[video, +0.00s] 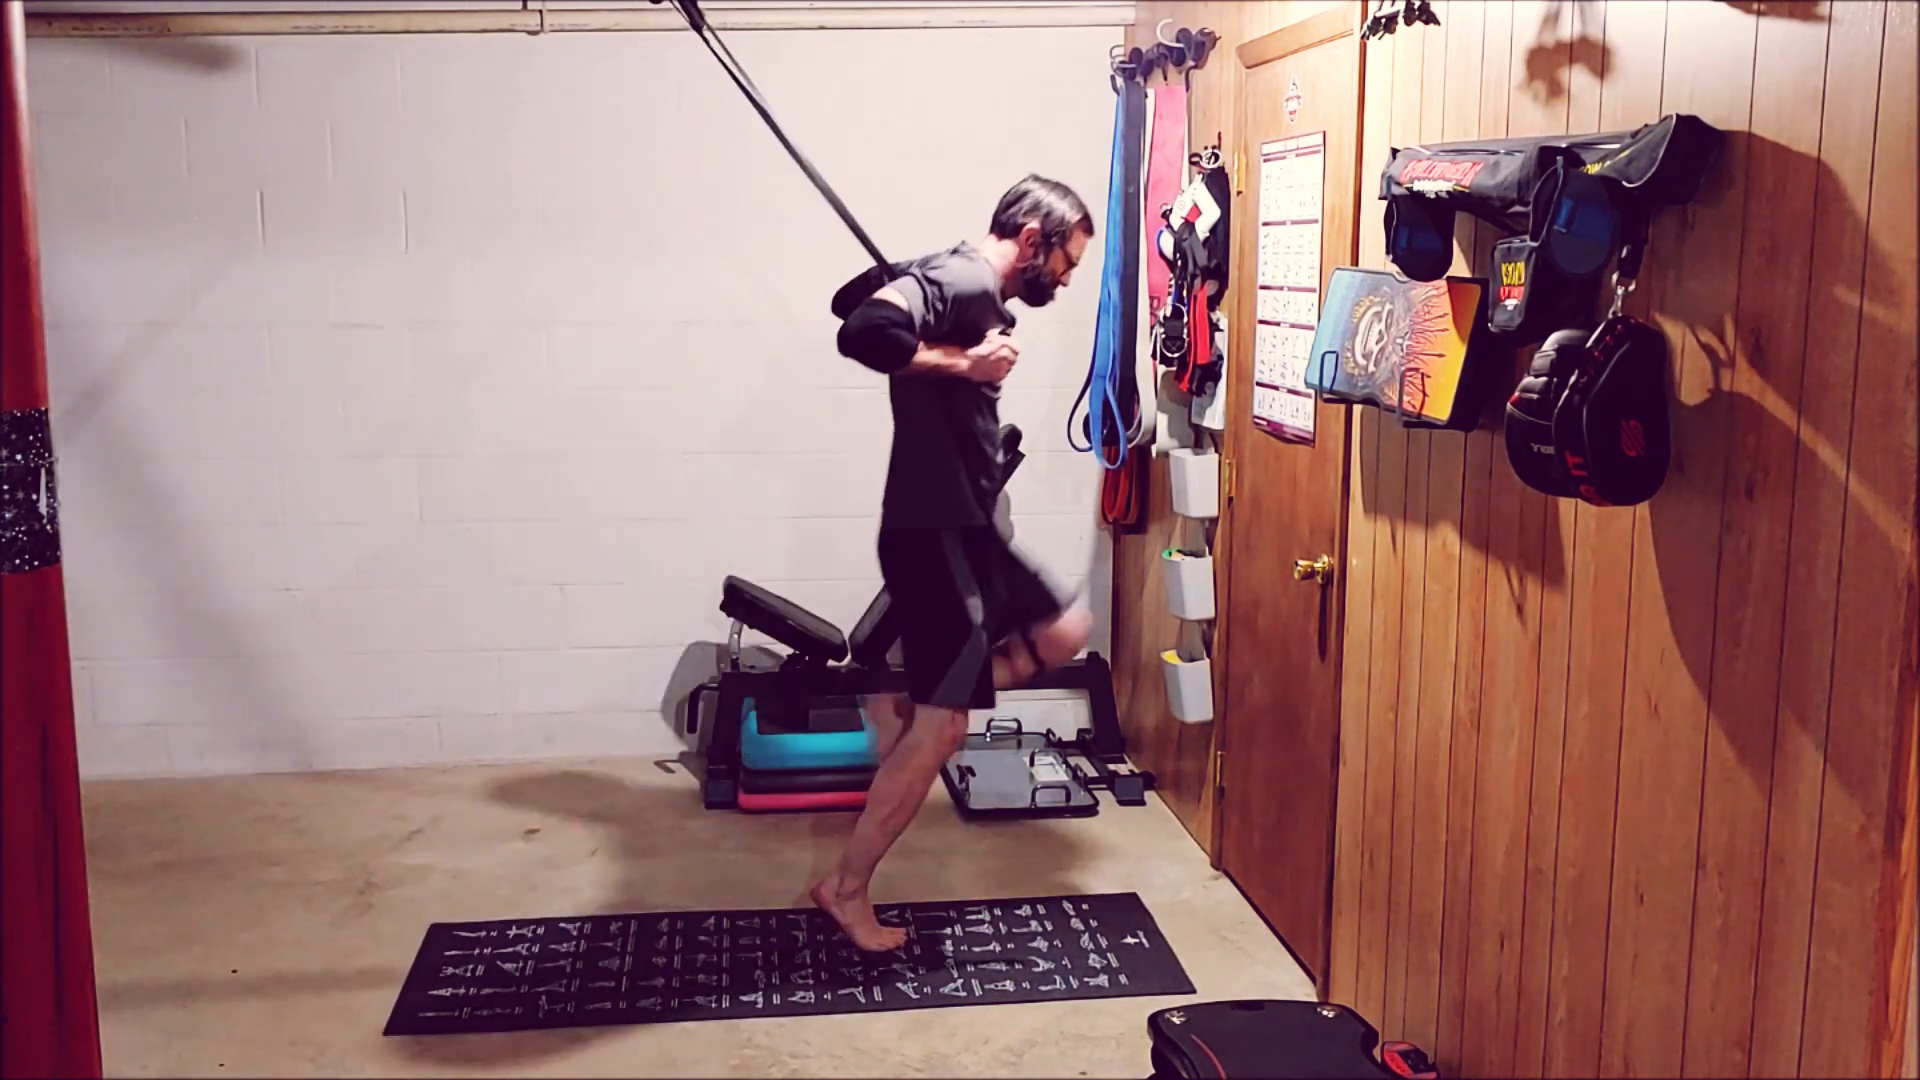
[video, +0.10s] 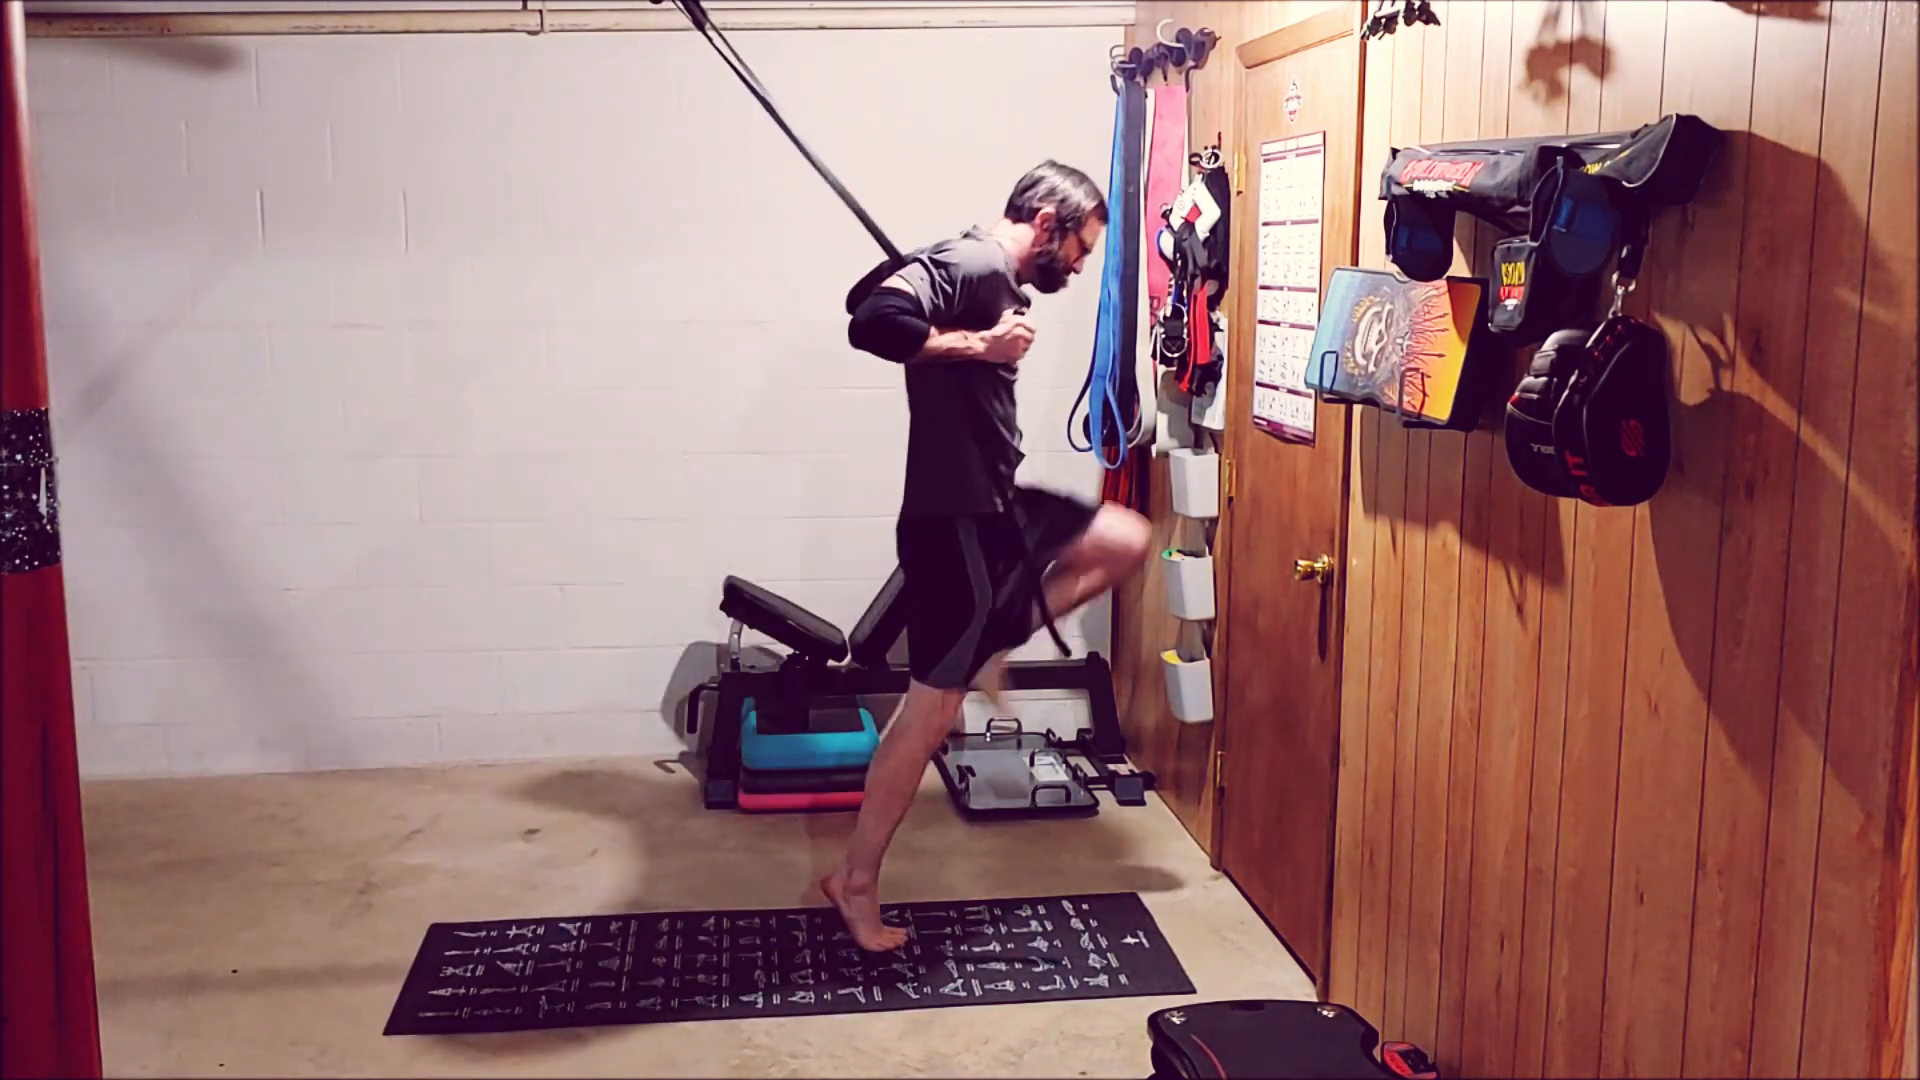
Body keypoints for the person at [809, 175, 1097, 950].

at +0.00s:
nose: (1066, 282)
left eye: (1073, 268)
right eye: (1068, 263)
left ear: (1025, 237)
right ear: (1030, 238)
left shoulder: (966, 283)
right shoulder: (963, 277)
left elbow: (854, 303)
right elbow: (863, 329)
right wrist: (966, 363)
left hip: (971, 528)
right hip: (933, 533)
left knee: (1063, 632)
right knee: (942, 722)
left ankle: (904, 702)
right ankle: (847, 886)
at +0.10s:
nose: (1081, 265)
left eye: (1088, 251)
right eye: (1083, 246)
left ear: (1042, 219)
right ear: (1049, 222)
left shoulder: (991, 271)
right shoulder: (975, 257)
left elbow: (872, 298)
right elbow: (875, 317)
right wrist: (981, 342)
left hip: (1001, 500)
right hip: (952, 515)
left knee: (1127, 538)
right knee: (930, 711)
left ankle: (994, 638)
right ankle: (856, 879)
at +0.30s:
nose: (1095, 268)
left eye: (1102, 253)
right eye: (1097, 249)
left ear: (1056, 225)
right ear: (1062, 226)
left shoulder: (1004, 272)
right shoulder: (982, 262)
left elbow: (880, 287)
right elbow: (877, 322)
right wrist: (984, 344)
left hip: (1022, 488)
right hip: (971, 510)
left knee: (1153, 466)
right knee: (940, 713)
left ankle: (1074, 626)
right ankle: (861, 881)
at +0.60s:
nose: (1073, 274)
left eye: (1079, 260)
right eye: (1074, 255)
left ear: (1033, 232)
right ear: (1039, 233)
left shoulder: (978, 283)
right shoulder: (956, 277)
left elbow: (862, 315)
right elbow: (852, 344)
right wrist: (960, 359)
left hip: (992, 507)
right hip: (939, 530)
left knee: (1124, 525)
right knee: (904, 722)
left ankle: (1000, 657)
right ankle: (832, 897)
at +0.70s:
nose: (1059, 285)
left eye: (1066, 271)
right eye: (1061, 267)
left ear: (1016, 246)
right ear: (1023, 246)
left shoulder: (964, 300)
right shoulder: (940, 292)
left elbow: (851, 326)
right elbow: (833, 355)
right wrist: (940, 375)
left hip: (973, 525)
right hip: (919, 544)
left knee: (1098, 577)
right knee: (888, 733)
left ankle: (963, 691)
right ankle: (818, 904)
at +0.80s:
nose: (1042, 296)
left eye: (1048, 282)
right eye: (1042, 277)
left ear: (999, 257)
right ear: (1002, 257)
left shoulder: (954, 320)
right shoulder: (917, 303)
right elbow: (811, 369)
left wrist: (955, 492)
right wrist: (919, 389)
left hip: (949, 545)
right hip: (898, 557)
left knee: (1059, 633)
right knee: (874, 744)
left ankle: (916, 728)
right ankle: (814, 912)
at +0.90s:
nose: (1021, 299)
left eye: (1027, 285)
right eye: (1021, 281)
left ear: (979, 262)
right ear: (978, 260)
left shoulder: (937, 322)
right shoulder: (897, 311)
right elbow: (788, 380)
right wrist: (900, 399)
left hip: (925, 554)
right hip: (877, 562)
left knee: (1010, 676)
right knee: (859, 742)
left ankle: (873, 755)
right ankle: (812, 914)